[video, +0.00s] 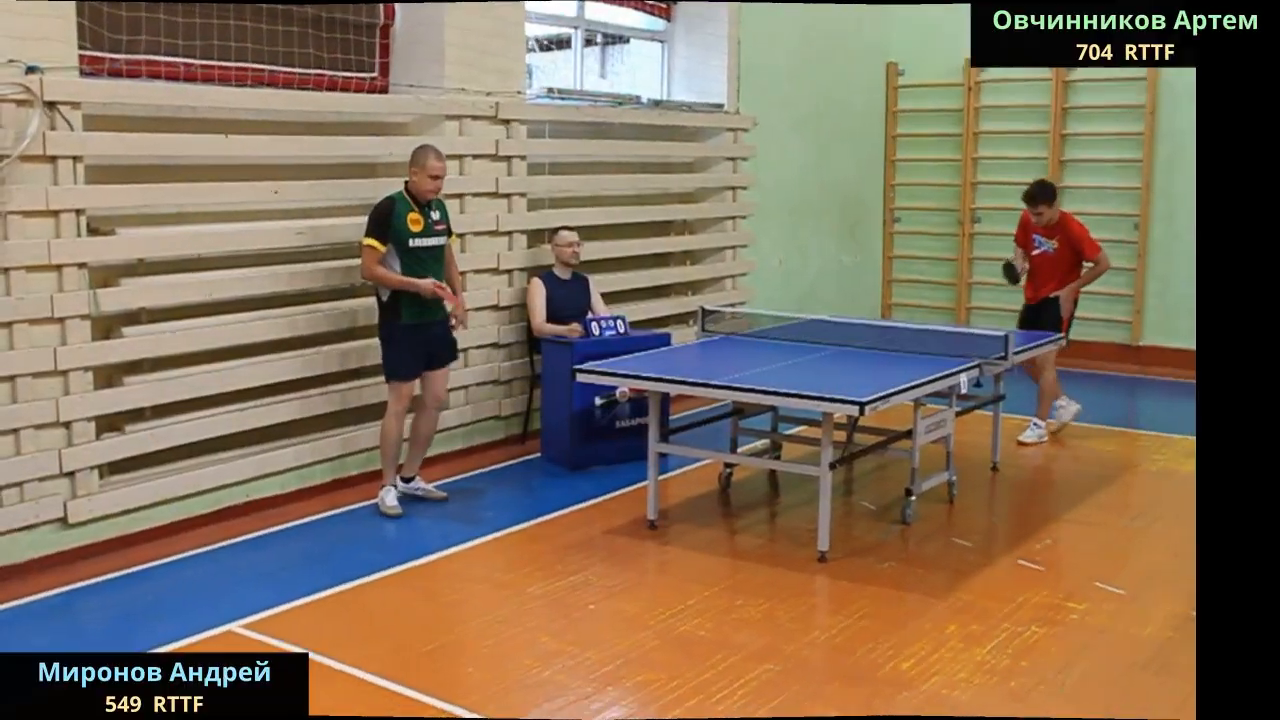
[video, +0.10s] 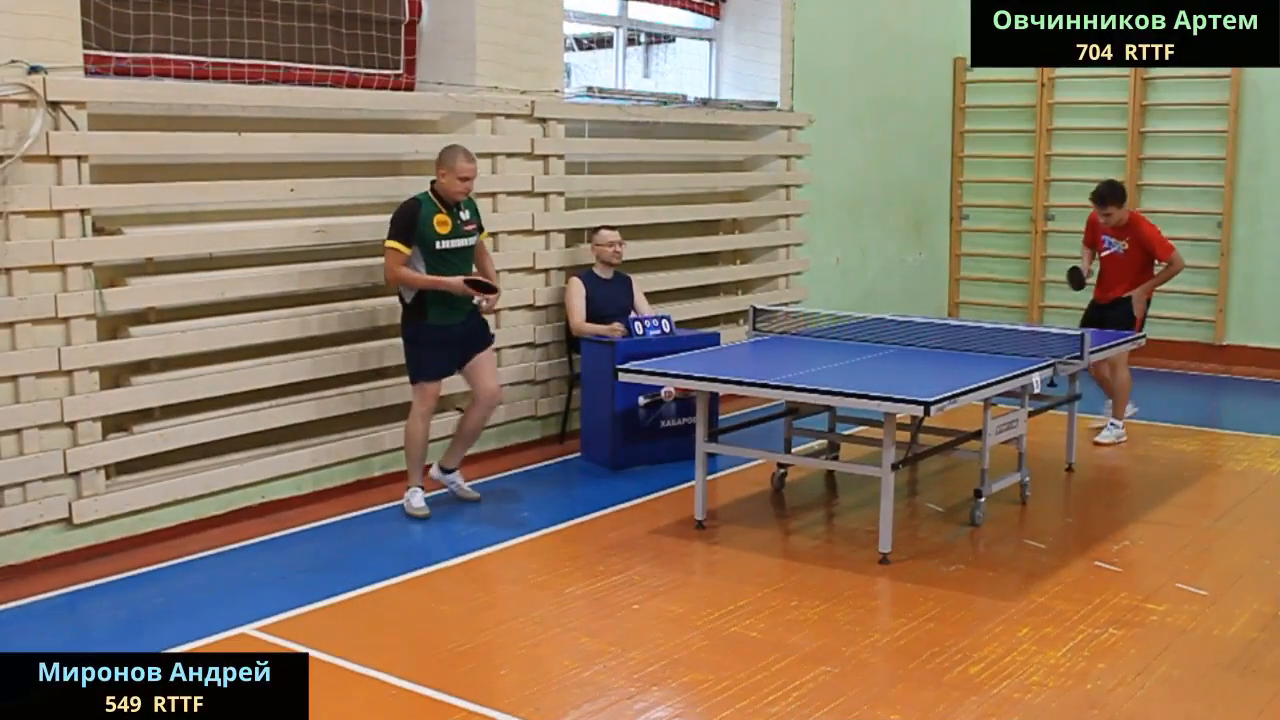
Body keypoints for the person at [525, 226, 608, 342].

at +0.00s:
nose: (576, 250)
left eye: (578, 245)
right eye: (569, 246)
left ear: (581, 247)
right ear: (553, 249)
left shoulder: (584, 282)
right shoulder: (539, 284)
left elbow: (604, 315)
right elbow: (538, 328)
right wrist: (566, 330)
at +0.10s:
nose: (618, 250)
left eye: (620, 245)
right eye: (610, 245)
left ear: (623, 246)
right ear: (594, 249)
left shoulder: (628, 282)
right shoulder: (577, 283)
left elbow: (649, 317)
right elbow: (576, 327)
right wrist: (606, 330)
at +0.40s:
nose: (618, 250)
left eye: (620, 245)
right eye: (611, 245)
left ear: (624, 247)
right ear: (594, 250)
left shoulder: (628, 282)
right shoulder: (578, 283)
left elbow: (649, 317)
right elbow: (577, 327)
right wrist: (607, 330)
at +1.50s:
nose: (614, 250)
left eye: (618, 245)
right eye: (607, 245)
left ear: (623, 247)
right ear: (593, 249)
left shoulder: (628, 281)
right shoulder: (579, 281)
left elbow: (649, 316)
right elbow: (579, 324)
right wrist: (605, 330)